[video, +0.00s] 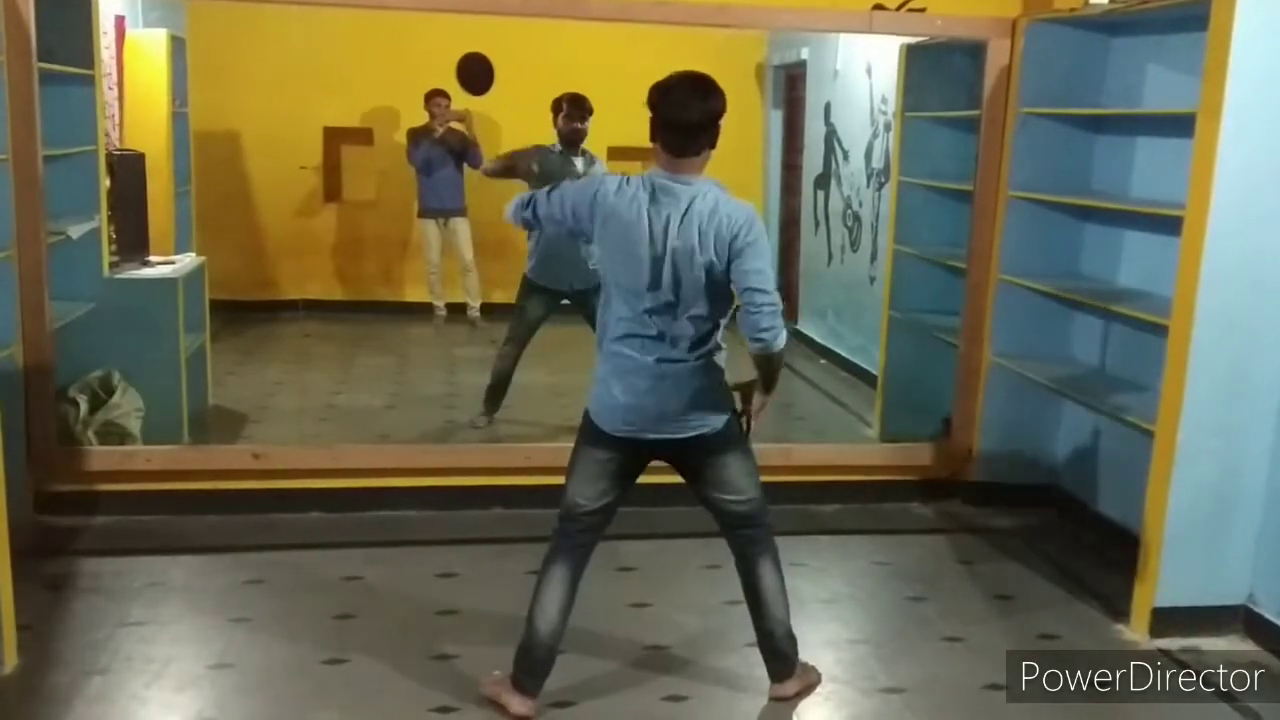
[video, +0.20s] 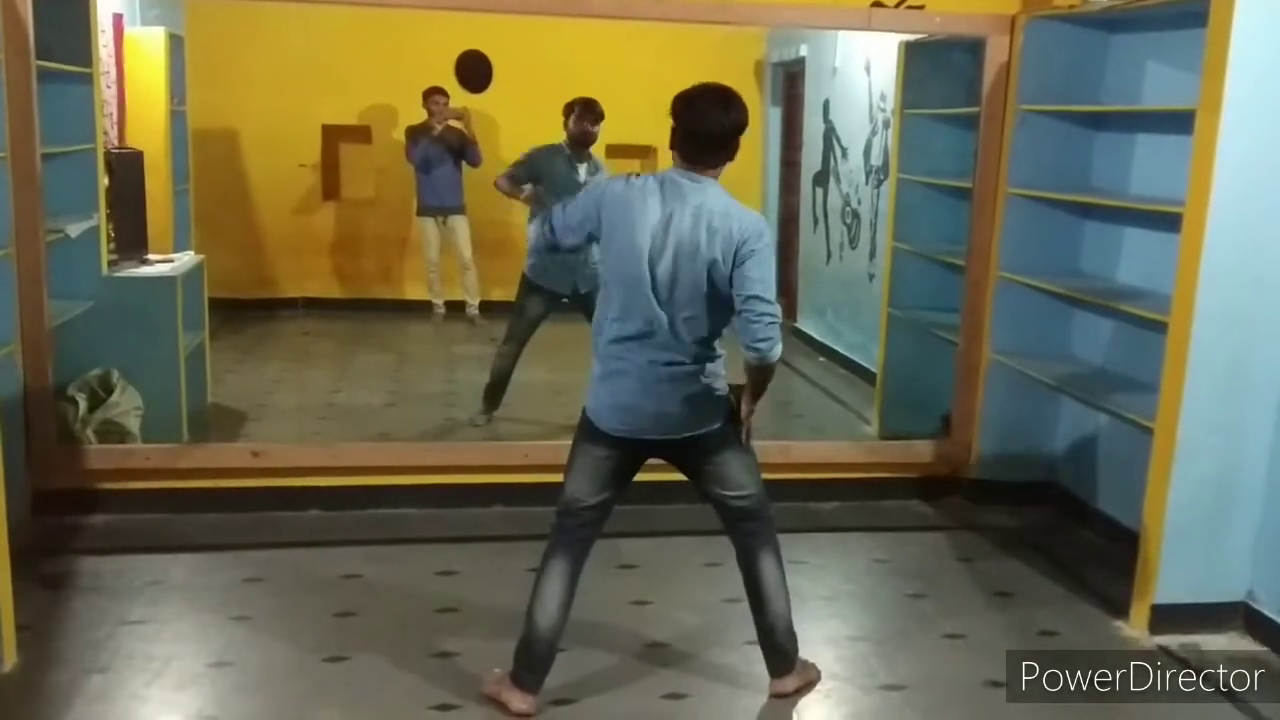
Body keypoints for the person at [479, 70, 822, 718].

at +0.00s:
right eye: (718, 126)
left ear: (652, 130)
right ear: (717, 135)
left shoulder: (606, 198)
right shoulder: (737, 220)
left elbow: (522, 210)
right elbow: (763, 330)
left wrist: (546, 188)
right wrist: (768, 380)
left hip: (617, 408)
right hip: (699, 410)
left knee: (571, 544)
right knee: (752, 539)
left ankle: (523, 688)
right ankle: (784, 673)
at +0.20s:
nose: (732, 147)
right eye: (735, 139)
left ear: (672, 137)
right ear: (735, 147)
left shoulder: (613, 195)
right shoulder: (745, 227)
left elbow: (543, 242)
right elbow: (761, 343)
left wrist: (541, 201)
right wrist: (751, 395)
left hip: (615, 405)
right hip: (697, 410)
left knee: (569, 537)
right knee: (753, 528)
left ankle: (523, 685)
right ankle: (784, 669)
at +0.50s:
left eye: (674, 126)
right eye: (727, 131)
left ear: (668, 132)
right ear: (732, 140)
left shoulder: (623, 197)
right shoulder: (741, 225)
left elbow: (565, 235)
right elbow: (756, 338)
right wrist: (757, 386)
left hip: (615, 401)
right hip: (695, 407)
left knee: (571, 536)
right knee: (752, 528)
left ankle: (521, 683)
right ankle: (783, 667)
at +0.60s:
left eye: (672, 126)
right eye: (727, 132)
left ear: (665, 133)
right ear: (730, 142)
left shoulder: (621, 194)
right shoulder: (739, 229)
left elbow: (565, 205)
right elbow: (754, 335)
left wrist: (608, 173)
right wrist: (764, 379)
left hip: (614, 402)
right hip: (695, 407)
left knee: (572, 540)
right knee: (752, 528)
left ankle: (522, 683)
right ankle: (783, 667)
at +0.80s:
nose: (669, 137)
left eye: (670, 127)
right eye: (728, 134)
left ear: (665, 135)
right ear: (729, 144)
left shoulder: (624, 192)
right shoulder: (751, 232)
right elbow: (755, 347)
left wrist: (745, 205)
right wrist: (762, 399)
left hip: (612, 400)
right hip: (691, 408)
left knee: (571, 534)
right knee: (752, 521)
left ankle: (523, 682)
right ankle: (781, 666)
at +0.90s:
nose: (675, 138)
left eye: (679, 128)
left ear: (680, 135)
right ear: (742, 142)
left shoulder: (652, 188)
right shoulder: (765, 231)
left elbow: (714, 215)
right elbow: (779, 352)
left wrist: (782, 226)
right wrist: (758, 407)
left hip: (623, 395)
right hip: (702, 406)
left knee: (573, 526)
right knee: (758, 525)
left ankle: (523, 673)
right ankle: (781, 666)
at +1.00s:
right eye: (795, 146)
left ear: (733, 140)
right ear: (790, 153)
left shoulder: (686, 187)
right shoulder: (795, 243)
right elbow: (797, 366)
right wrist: (774, 408)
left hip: (635, 394)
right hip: (714, 407)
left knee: (583, 499)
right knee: (774, 522)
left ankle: (538, 618)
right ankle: (782, 668)